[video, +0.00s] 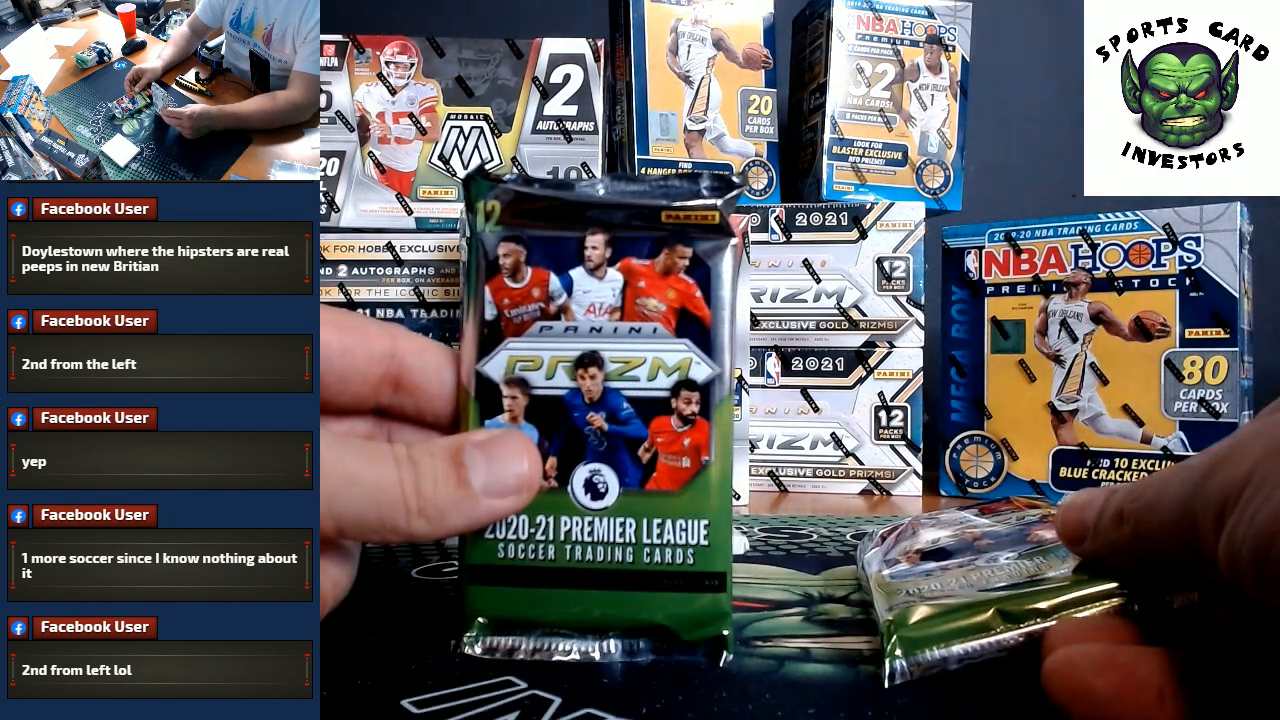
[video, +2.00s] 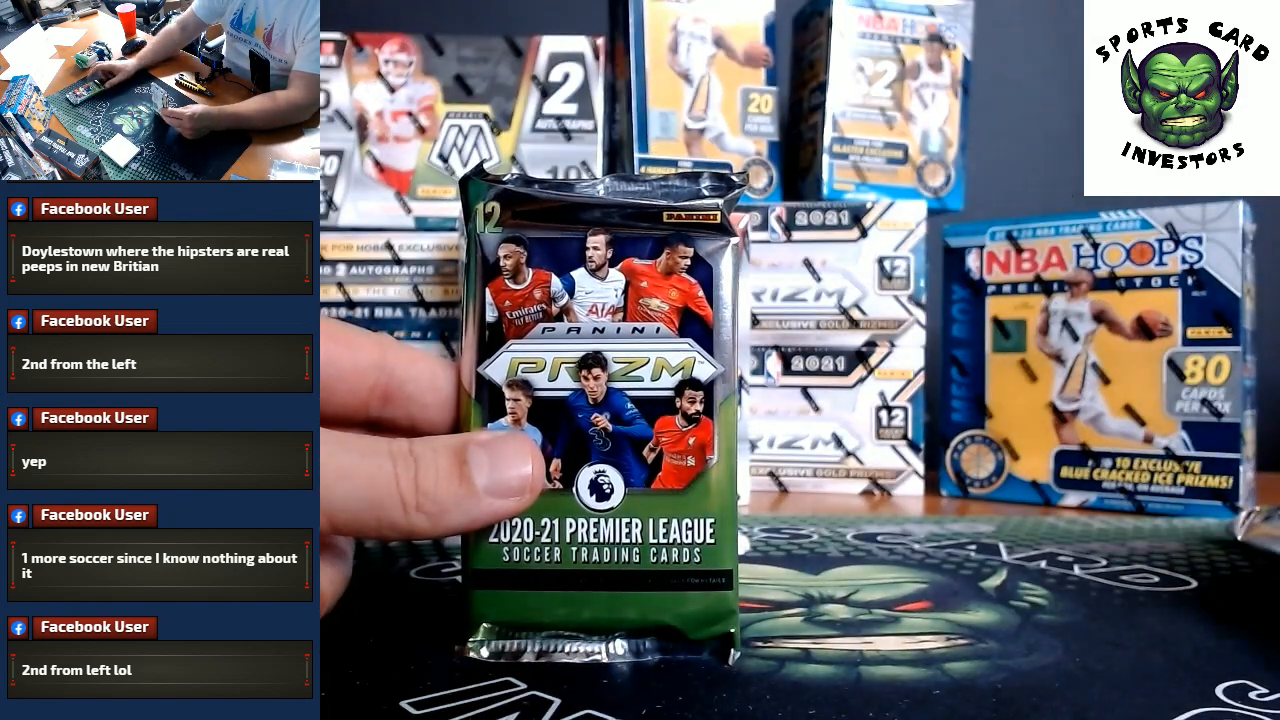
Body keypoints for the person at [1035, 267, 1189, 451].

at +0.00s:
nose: (1069, 273)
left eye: (1075, 272)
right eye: (1070, 271)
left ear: (1086, 282)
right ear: (1067, 282)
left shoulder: (1094, 308)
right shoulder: (1050, 304)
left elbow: (1125, 332)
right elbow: (1038, 335)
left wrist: (1158, 331)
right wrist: (1046, 351)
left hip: (1079, 364)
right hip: (1063, 366)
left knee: (1060, 421)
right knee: (1102, 425)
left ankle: (1079, 480)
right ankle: (1166, 443)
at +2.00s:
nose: (1072, 288)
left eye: (1077, 284)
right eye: (1070, 283)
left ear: (1087, 286)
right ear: (1067, 283)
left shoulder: (1095, 308)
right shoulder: (1053, 303)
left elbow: (1126, 331)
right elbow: (1039, 335)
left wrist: (1156, 330)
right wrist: (1047, 350)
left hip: (1081, 365)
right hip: (1063, 366)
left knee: (1062, 418)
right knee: (1103, 424)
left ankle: (1077, 473)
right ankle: (1165, 442)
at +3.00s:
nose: (1072, 287)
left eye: (1077, 284)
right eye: (1071, 283)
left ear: (1087, 285)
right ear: (1067, 283)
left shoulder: (1095, 308)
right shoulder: (1053, 304)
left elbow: (1126, 331)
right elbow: (1039, 334)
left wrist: (1156, 330)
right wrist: (1047, 350)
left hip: (1081, 365)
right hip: (1064, 367)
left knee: (1062, 418)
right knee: (1103, 424)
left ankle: (1078, 473)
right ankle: (1165, 442)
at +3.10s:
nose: (1072, 288)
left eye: (1077, 284)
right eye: (1070, 283)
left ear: (1087, 286)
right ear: (1067, 283)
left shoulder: (1095, 308)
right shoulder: (1053, 304)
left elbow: (1126, 331)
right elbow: (1039, 334)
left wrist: (1156, 330)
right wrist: (1047, 349)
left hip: (1081, 365)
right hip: (1064, 367)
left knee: (1062, 418)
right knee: (1103, 424)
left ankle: (1078, 473)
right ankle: (1165, 442)